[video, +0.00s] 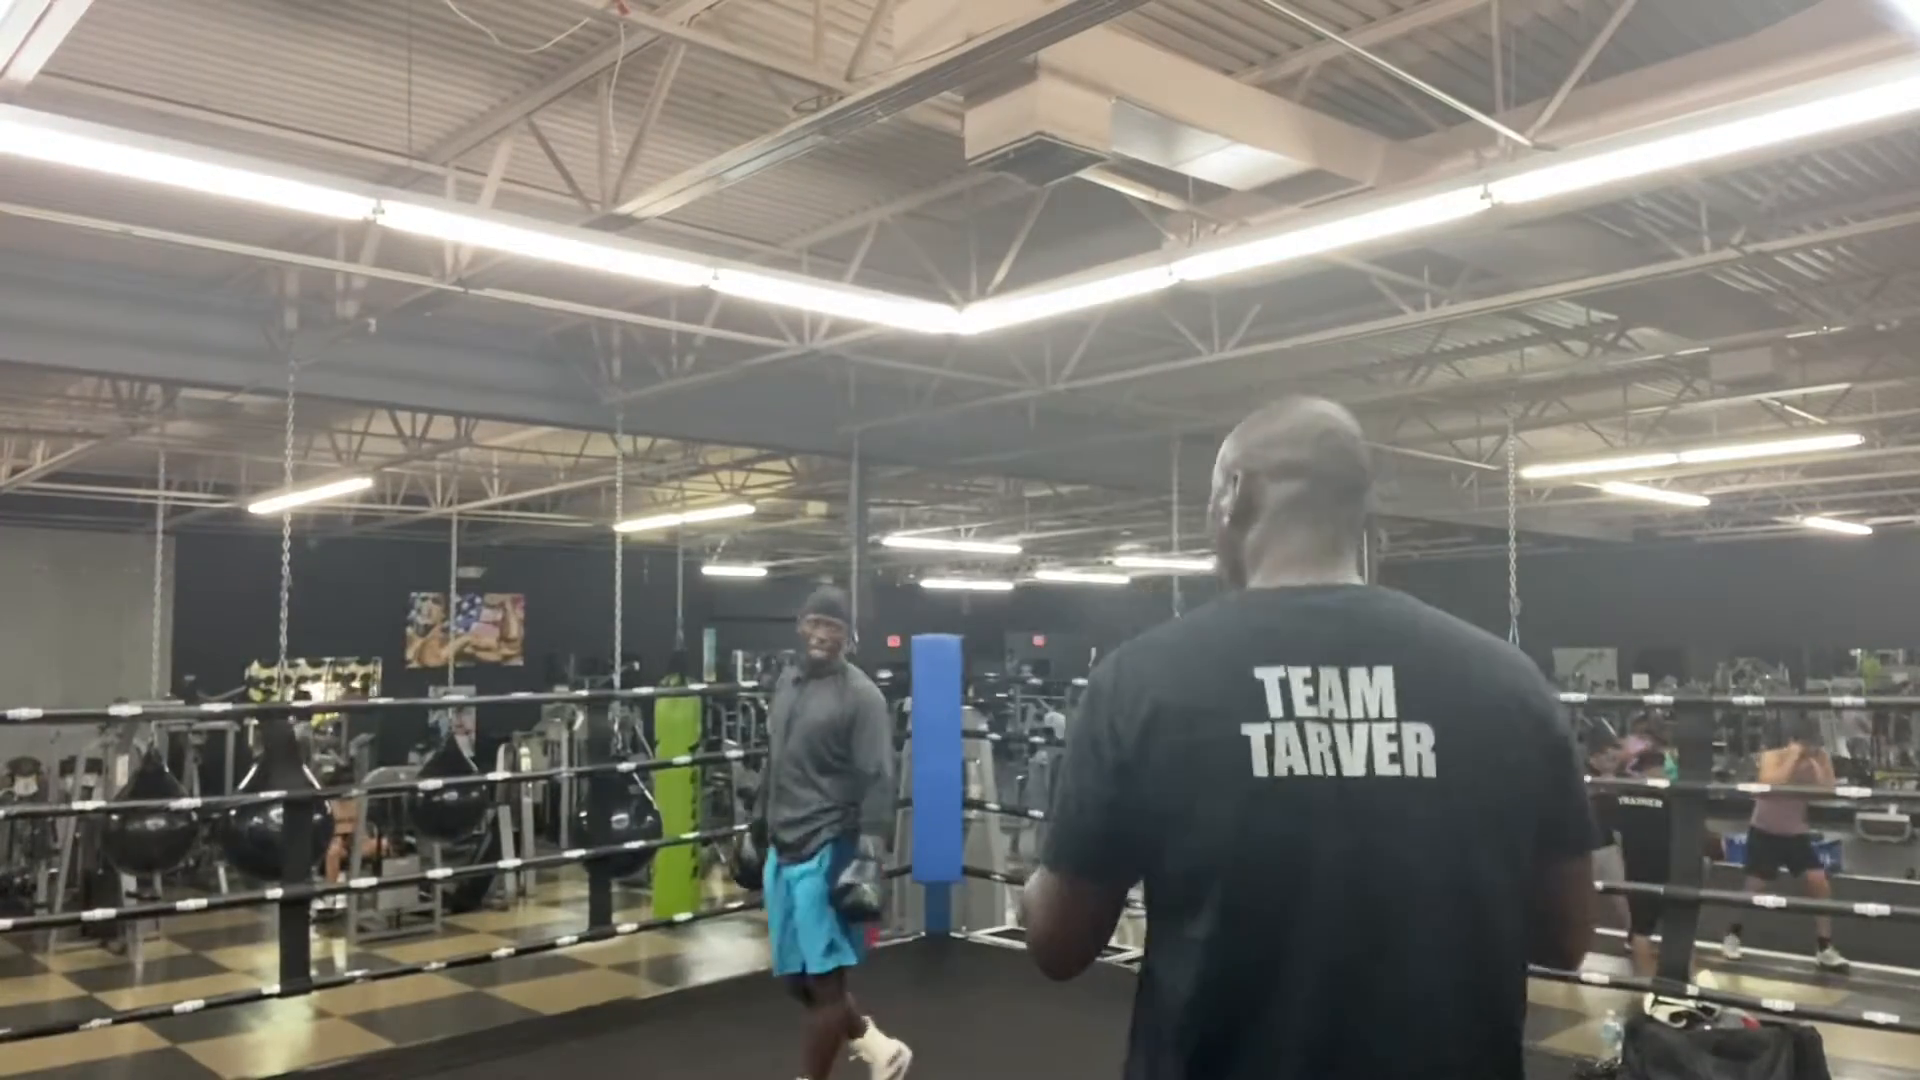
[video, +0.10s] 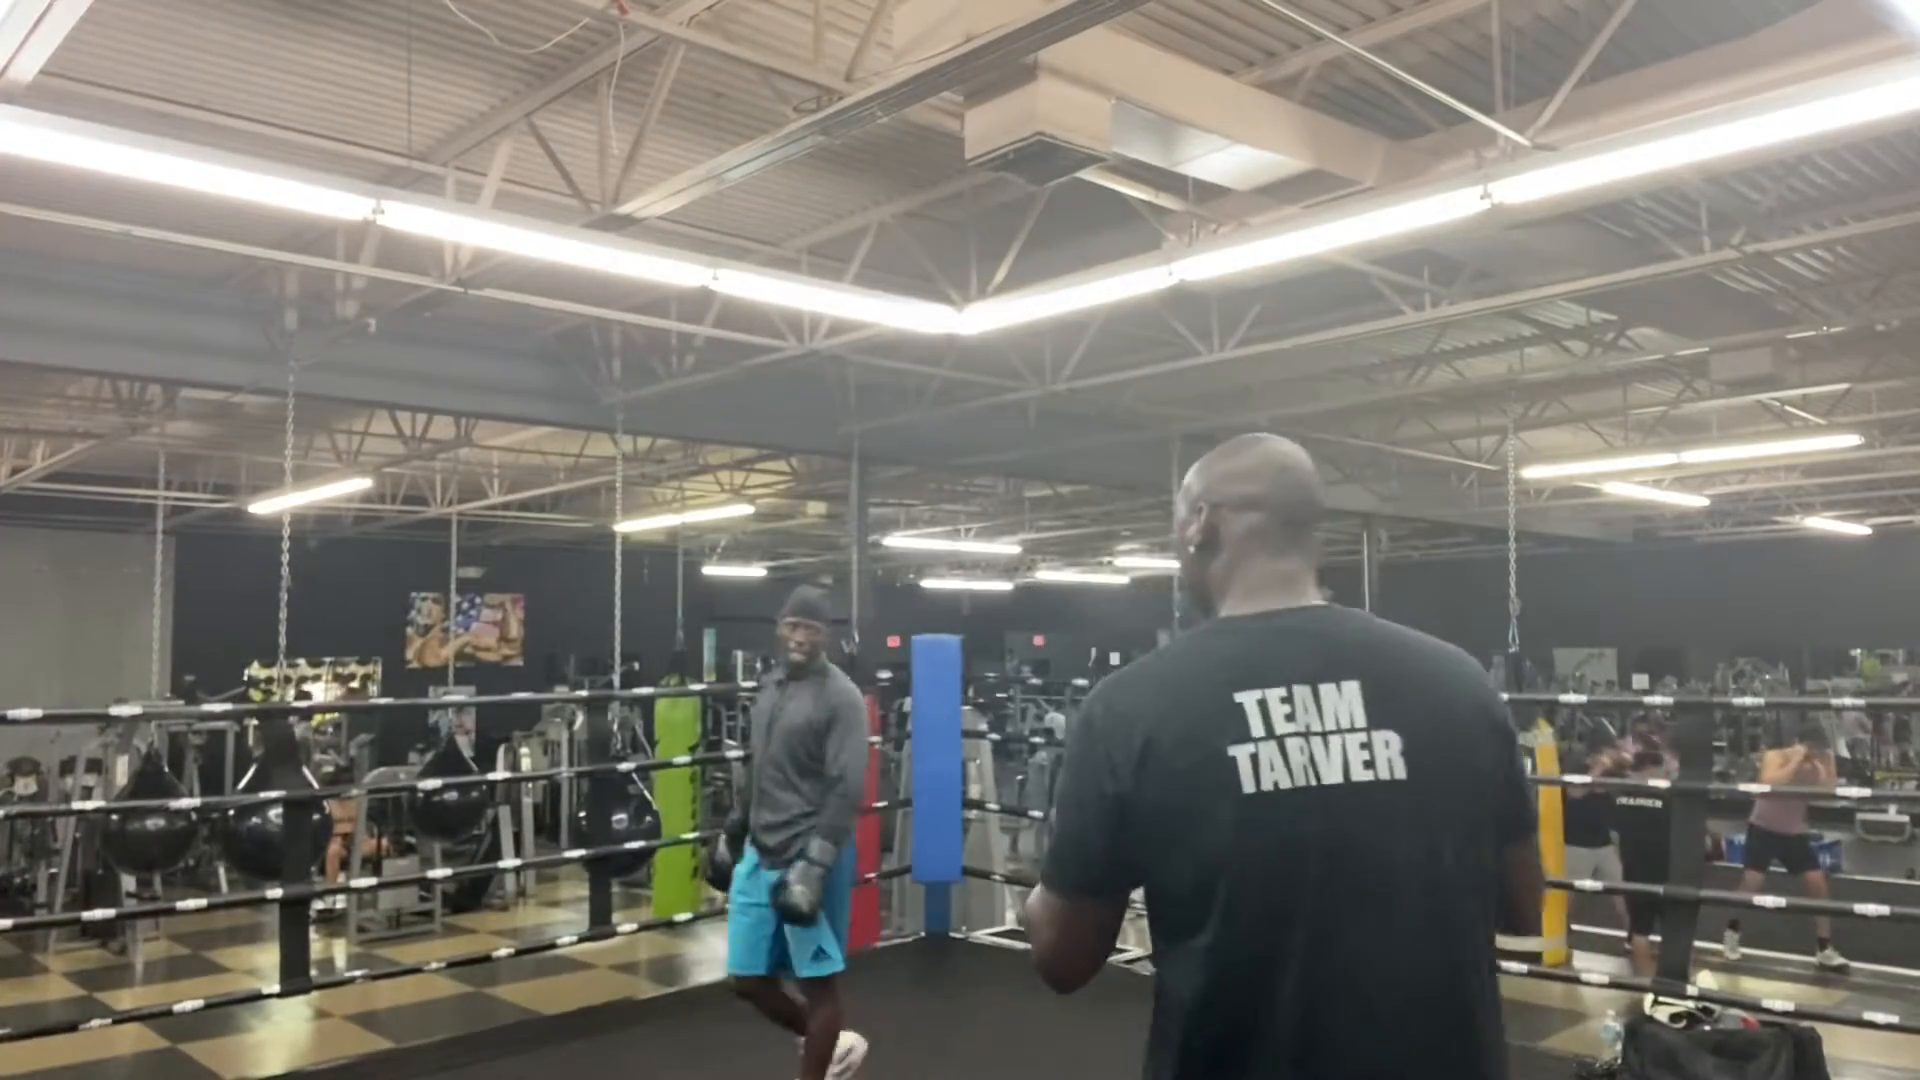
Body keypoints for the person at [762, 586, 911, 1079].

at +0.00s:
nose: (822, 634)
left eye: (833, 627)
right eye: (814, 624)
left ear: (847, 636)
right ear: (799, 628)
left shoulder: (862, 695)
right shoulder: (788, 685)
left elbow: (879, 780)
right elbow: (775, 764)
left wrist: (870, 859)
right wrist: (758, 833)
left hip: (831, 848)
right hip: (783, 847)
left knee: (825, 980)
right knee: (797, 977)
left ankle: (813, 1074)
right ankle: (881, 1050)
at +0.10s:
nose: (800, 637)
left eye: (811, 629)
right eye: (792, 627)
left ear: (828, 637)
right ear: (779, 631)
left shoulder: (843, 698)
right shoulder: (770, 687)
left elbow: (847, 790)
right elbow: (758, 768)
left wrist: (813, 866)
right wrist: (734, 832)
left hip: (813, 855)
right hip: (759, 854)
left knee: (819, 985)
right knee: (749, 979)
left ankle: (814, 1073)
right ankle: (833, 1044)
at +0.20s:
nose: (783, 634)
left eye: (794, 627)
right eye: (775, 624)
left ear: (810, 633)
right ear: (761, 627)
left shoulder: (827, 693)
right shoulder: (757, 687)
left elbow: (825, 787)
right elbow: (747, 771)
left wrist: (776, 854)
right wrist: (717, 835)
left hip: (805, 851)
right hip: (747, 846)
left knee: (810, 984)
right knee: (716, 972)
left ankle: (807, 1077)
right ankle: (771, 1065)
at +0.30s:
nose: (762, 635)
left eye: (773, 628)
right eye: (754, 625)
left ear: (790, 635)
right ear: (741, 629)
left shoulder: (810, 696)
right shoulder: (737, 691)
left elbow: (806, 794)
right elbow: (730, 777)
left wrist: (748, 853)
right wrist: (706, 836)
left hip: (790, 853)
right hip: (731, 848)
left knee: (803, 986)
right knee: (704, 981)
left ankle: (807, 1076)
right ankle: (697, 1075)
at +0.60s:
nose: (696, 638)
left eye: (708, 629)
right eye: (688, 629)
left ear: (728, 636)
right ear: (675, 634)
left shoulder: (750, 699)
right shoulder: (670, 697)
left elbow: (755, 793)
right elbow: (669, 786)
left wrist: (731, 876)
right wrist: (649, 859)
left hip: (723, 876)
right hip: (663, 873)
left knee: (740, 1003)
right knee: (660, 1008)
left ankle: (784, 1075)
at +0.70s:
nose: (674, 636)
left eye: (685, 626)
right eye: (665, 626)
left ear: (703, 633)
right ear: (650, 634)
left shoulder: (730, 695)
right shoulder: (639, 700)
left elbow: (744, 785)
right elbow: (633, 785)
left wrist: (740, 875)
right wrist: (614, 860)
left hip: (695, 874)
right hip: (639, 871)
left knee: (692, 1013)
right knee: (646, 1011)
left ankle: (763, 1075)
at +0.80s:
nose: (649, 630)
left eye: (659, 619)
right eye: (639, 619)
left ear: (677, 627)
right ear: (623, 629)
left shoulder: (706, 692)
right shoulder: (613, 696)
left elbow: (735, 776)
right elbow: (595, 785)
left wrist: (747, 863)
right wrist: (571, 864)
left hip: (676, 863)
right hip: (617, 864)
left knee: (640, 1005)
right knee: (630, 1007)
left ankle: (705, 1074)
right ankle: (648, 1074)